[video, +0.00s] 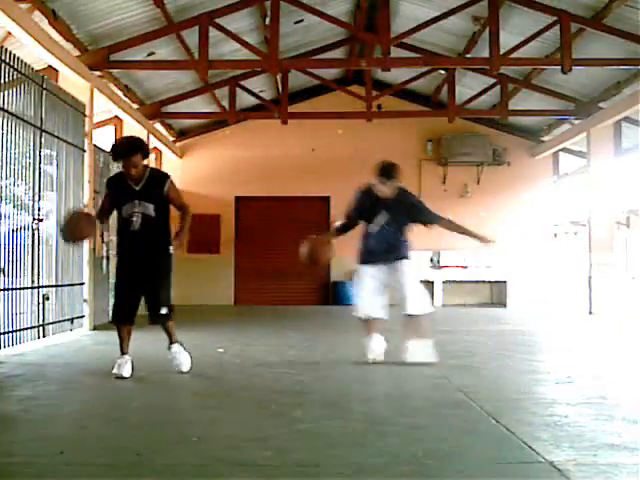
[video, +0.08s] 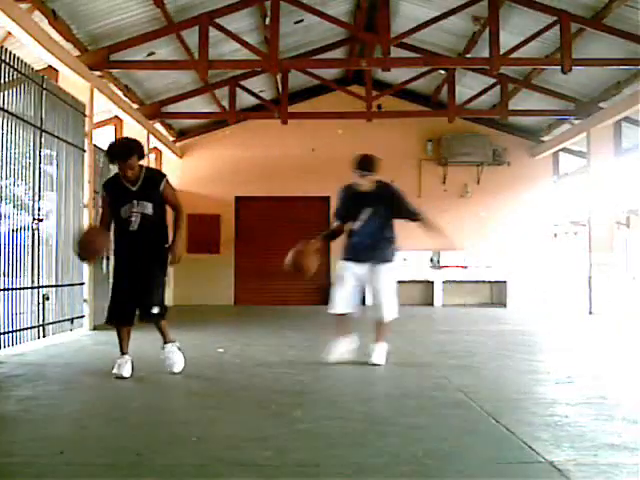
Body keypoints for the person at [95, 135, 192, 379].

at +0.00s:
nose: (130, 171)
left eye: (135, 166)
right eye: (126, 166)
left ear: (145, 160)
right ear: (120, 163)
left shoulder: (161, 181)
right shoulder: (115, 184)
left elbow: (184, 209)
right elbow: (103, 215)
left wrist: (183, 230)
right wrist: (91, 217)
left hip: (157, 254)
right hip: (128, 255)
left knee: (161, 307)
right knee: (123, 309)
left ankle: (175, 345)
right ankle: (124, 357)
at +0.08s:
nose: (127, 172)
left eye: (131, 167)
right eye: (122, 167)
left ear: (140, 161)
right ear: (116, 165)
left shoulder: (157, 180)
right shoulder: (111, 187)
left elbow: (178, 209)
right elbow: (105, 220)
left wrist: (176, 243)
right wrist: (98, 243)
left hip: (153, 252)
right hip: (125, 253)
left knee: (152, 305)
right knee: (122, 307)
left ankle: (169, 344)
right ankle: (124, 357)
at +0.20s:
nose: (120, 172)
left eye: (124, 167)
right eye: (116, 167)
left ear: (136, 161)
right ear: (112, 165)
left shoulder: (154, 179)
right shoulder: (108, 190)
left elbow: (174, 208)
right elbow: (108, 223)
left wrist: (179, 244)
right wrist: (109, 249)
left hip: (153, 250)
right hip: (125, 252)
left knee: (147, 302)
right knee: (121, 305)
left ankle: (162, 344)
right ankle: (123, 356)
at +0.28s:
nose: (120, 171)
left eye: (124, 166)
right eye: (116, 167)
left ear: (135, 161)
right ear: (111, 166)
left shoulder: (154, 178)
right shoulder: (108, 191)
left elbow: (173, 205)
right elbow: (111, 230)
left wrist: (185, 236)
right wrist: (126, 244)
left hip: (154, 247)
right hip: (125, 250)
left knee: (147, 298)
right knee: (121, 303)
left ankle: (160, 343)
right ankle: (123, 357)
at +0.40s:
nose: (122, 168)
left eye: (126, 163)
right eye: (118, 164)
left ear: (137, 158)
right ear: (113, 163)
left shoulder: (155, 176)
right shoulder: (109, 189)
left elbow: (173, 197)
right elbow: (113, 227)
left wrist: (185, 229)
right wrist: (125, 248)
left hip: (156, 252)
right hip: (125, 254)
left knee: (155, 304)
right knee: (123, 307)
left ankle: (162, 351)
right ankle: (123, 356)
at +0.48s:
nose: (131, 165)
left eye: (135, 159)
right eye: (126, 160)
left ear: (144, 154)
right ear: (121, 159)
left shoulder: (158, 172)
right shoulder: (113, 184)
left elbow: (172, 194)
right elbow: (113, 223)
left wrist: (182, 223)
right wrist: (125, 244)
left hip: (159, 250)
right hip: (128, 253)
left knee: (161, 303)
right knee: (124, 305)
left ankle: (165, 354)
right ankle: (123, 354)